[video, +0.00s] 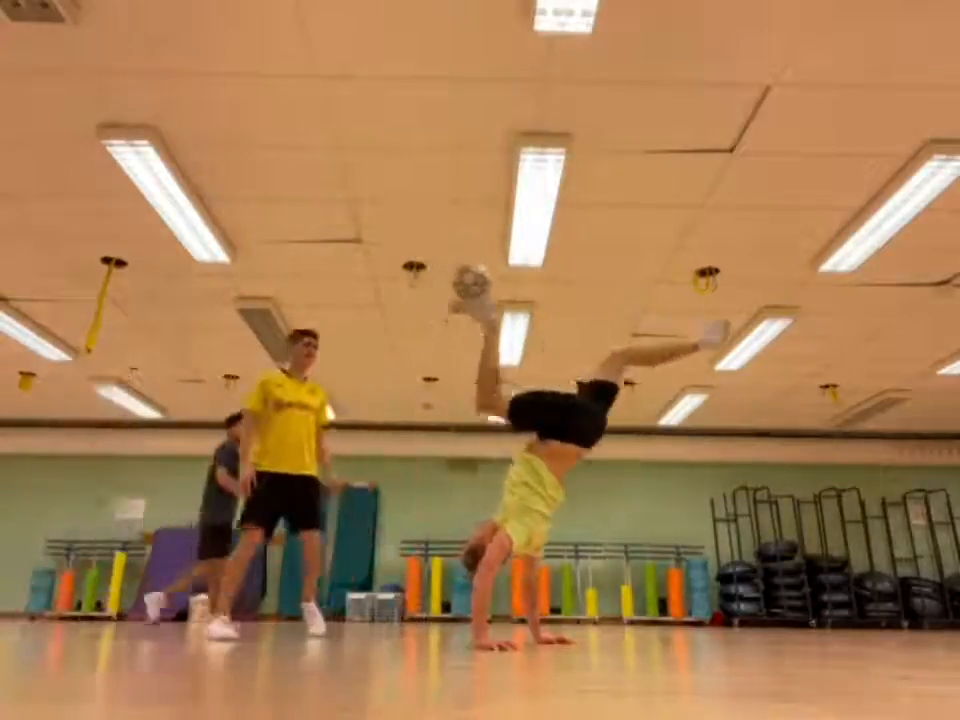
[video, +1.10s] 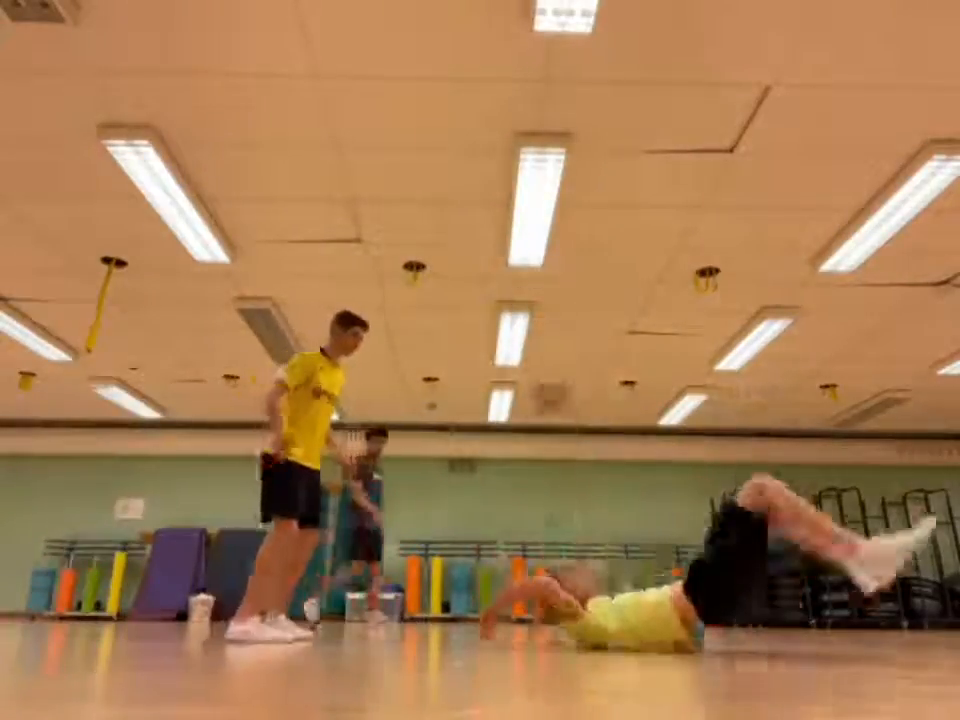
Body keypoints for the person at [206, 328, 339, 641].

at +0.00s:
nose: (310, 351)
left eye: (314, 347)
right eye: (305, 345)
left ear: (317, 355)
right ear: (291, 349)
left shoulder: (317, 393)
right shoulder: (270, 383)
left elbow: (321, 437)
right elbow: (248, 425)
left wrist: (328, 472)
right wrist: (245, 464)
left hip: (305, 474)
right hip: (270, 471)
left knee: (312, 539)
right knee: (252, 539)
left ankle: (310, 603)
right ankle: (222, 615)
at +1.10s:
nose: (357, 344)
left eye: (361, 339)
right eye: (354, 337)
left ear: (357, 341)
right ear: (337, 332)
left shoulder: (338, 375)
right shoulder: (307, 361)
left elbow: (319, 423)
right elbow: (274, 396)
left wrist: (340, 452)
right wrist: (276, 434)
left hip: (310, 464)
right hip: (286, 458)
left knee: (309, 535)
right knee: (285, 529)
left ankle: (274, 615)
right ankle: (245, 618)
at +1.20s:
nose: (358, 346)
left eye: (362, 340)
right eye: (355, 338)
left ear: (361, 345)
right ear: (338, 335)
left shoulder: (341, 380)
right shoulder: (317, 362)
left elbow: (328, 428)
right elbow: (293, 400)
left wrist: (338, 468)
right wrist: (305, 435)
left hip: (307, 463)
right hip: (284, 457)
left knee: (314, 537)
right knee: (295, 531)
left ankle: (274, 614)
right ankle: (249, 615)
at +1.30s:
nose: (359, 348)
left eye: (362, 343)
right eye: (353, 342)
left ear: (361, 349)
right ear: (336, 345)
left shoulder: (348, 387)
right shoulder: (323, 374)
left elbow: (345, 424)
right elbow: (319, 402)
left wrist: (362, 452)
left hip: (304, 465)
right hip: (286, 462)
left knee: (309, 545)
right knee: (317, 531)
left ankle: (275, 615)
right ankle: (260, 603)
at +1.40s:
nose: (364, 342)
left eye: (366, 337)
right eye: (358, 335)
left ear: (365, 340)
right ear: (341, 338)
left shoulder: (350, 384)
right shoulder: (334, 365)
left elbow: (372, 411)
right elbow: (370, 361)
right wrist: (405, 342)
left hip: (312, 462)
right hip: (298, 457)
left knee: (313, 543)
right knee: (322, 527)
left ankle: (278, 617)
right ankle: (252, 596)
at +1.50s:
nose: (376, 326)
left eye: (375, 321)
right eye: (371, 320)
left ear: (354, 321)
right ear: (358, 320)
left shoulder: (359, 350)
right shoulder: (352, 339)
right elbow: (393, 303)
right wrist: (402, 278)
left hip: (342, 449)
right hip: (329, 446)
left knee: (339, 539)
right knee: (314, 532)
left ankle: (279, 611)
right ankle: (234, 610)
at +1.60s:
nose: (403, 295)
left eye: (404, 289)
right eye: (398, 290)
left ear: (371, 303)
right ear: (384, 295)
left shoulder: (359, 337)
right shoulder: (379, 318)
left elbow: (339, 366)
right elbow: (398, 286)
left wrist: (328, 375)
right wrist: (392, 273)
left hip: (373, 431)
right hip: (365, 428)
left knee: (371, 530)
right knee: (344, 523)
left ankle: (315, 585)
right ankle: (265, 586)